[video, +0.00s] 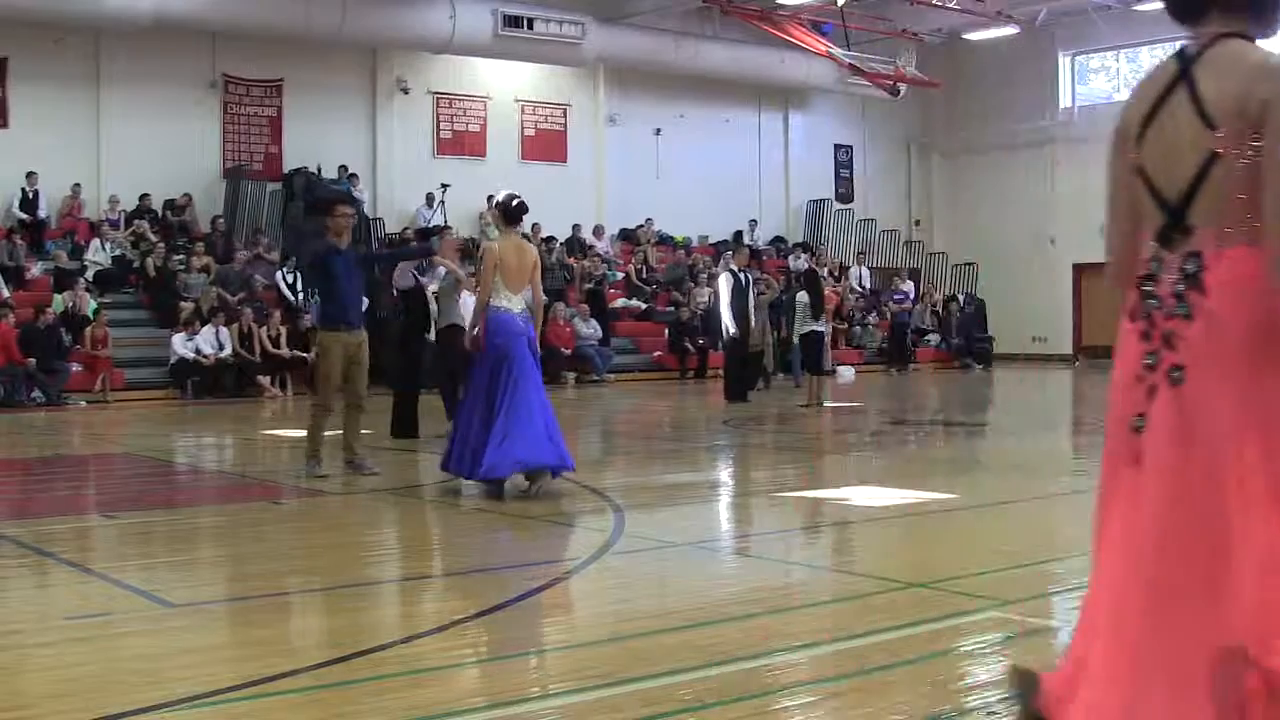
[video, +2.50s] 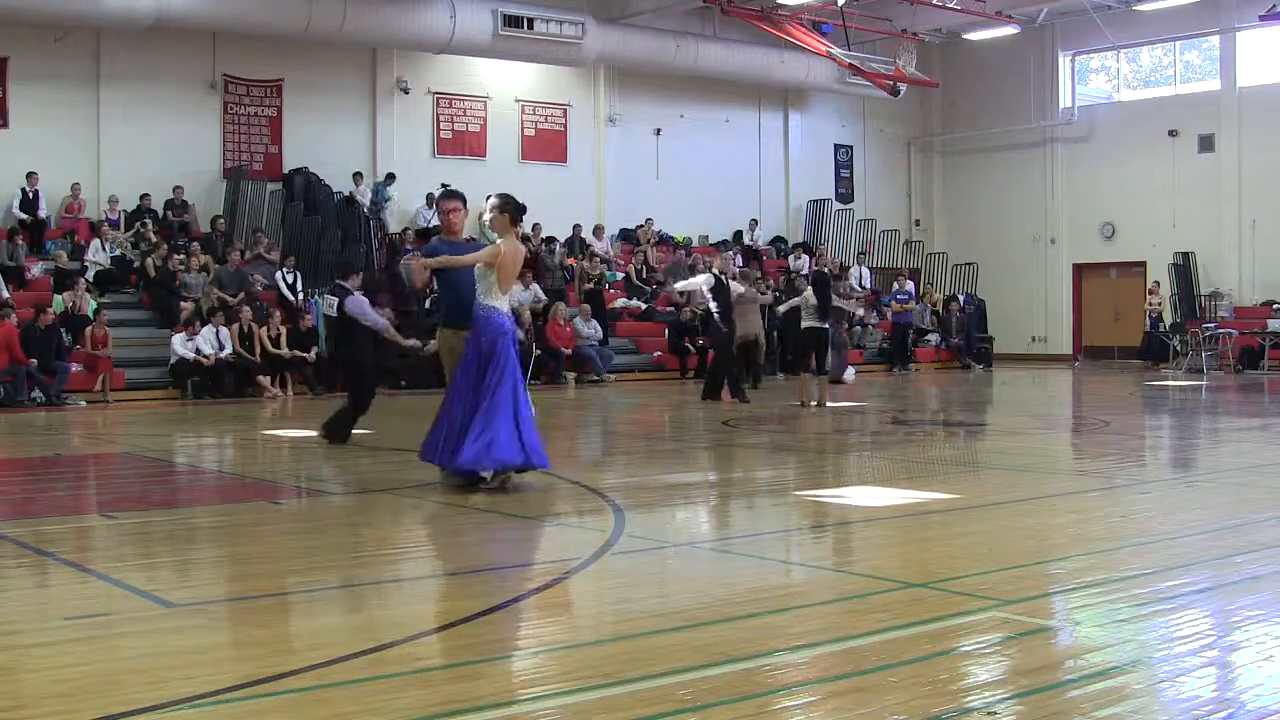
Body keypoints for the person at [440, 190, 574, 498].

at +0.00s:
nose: (490, 216)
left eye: (492, 213)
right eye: (493, 212)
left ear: (497, 217)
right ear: (519, 218)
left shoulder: (492, 249)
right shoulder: (531, 250)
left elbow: (484, 293)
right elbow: (538, 296)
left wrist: (471, 328)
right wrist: (536, 332)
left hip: (497, 322)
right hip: (523, 323)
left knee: (496, 393)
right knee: (523, 391)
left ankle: (495, 465)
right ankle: (533, 456)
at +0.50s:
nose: (503, 215)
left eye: (506, 211)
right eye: (504, 210)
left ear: (515, 214)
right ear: (531, 214)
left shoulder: (513, 244)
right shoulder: (548, 246)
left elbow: (509, 291)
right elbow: (564, 293)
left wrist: (505, 333)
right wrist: (571, 330)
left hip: (525, 322)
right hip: (550, 322)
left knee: (529, 392)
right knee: (546, 391)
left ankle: (537, 463)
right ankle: (544, 459)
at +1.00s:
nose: (519, 211)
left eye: (521, 206)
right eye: (521, 206)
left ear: (530, 211)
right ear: (546, 211)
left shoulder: (521, 247)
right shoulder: (560, 246)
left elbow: (506, 290)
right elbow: (554, 287)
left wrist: (505, 316)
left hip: (529, 321)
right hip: (552, 320)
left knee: (535, 393)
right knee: (553, 389)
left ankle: (543, 467)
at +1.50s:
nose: (516, 214)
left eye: (519, 210)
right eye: (518, 209)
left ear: (526, 214)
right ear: (544, 215)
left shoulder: (522, 250)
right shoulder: (552, 249)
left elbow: (502, 288)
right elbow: (538, 283)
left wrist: (488, 315)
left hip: (523, 325)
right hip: (546, 324)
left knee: (515, 394)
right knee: (547, 393)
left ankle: (511, 467)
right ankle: (550, 463)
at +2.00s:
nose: (492, 216)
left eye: (496, 211)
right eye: (494, 211)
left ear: (509, 217)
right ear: (519, 219)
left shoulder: (500, 251)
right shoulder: (531, 251)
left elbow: (467, 280)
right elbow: (519, 284)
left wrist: (438, 302)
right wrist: (487, 280)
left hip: (494, 321)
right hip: (516, 322)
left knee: (495, 390)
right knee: (514, 389)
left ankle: (507, 459)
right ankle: (527, 456)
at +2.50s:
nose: (485, 216)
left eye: (490, 212)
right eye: (486, 211)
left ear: (505, 217)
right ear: (511, 218)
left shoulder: (498, 249)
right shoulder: (519, 249)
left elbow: (458, 260)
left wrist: (426, 262)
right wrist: (435, 260)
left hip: (488, 324)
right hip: (503, 323)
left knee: (484, 392)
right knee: (498, 391)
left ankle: (493, 458)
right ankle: (500, 456)